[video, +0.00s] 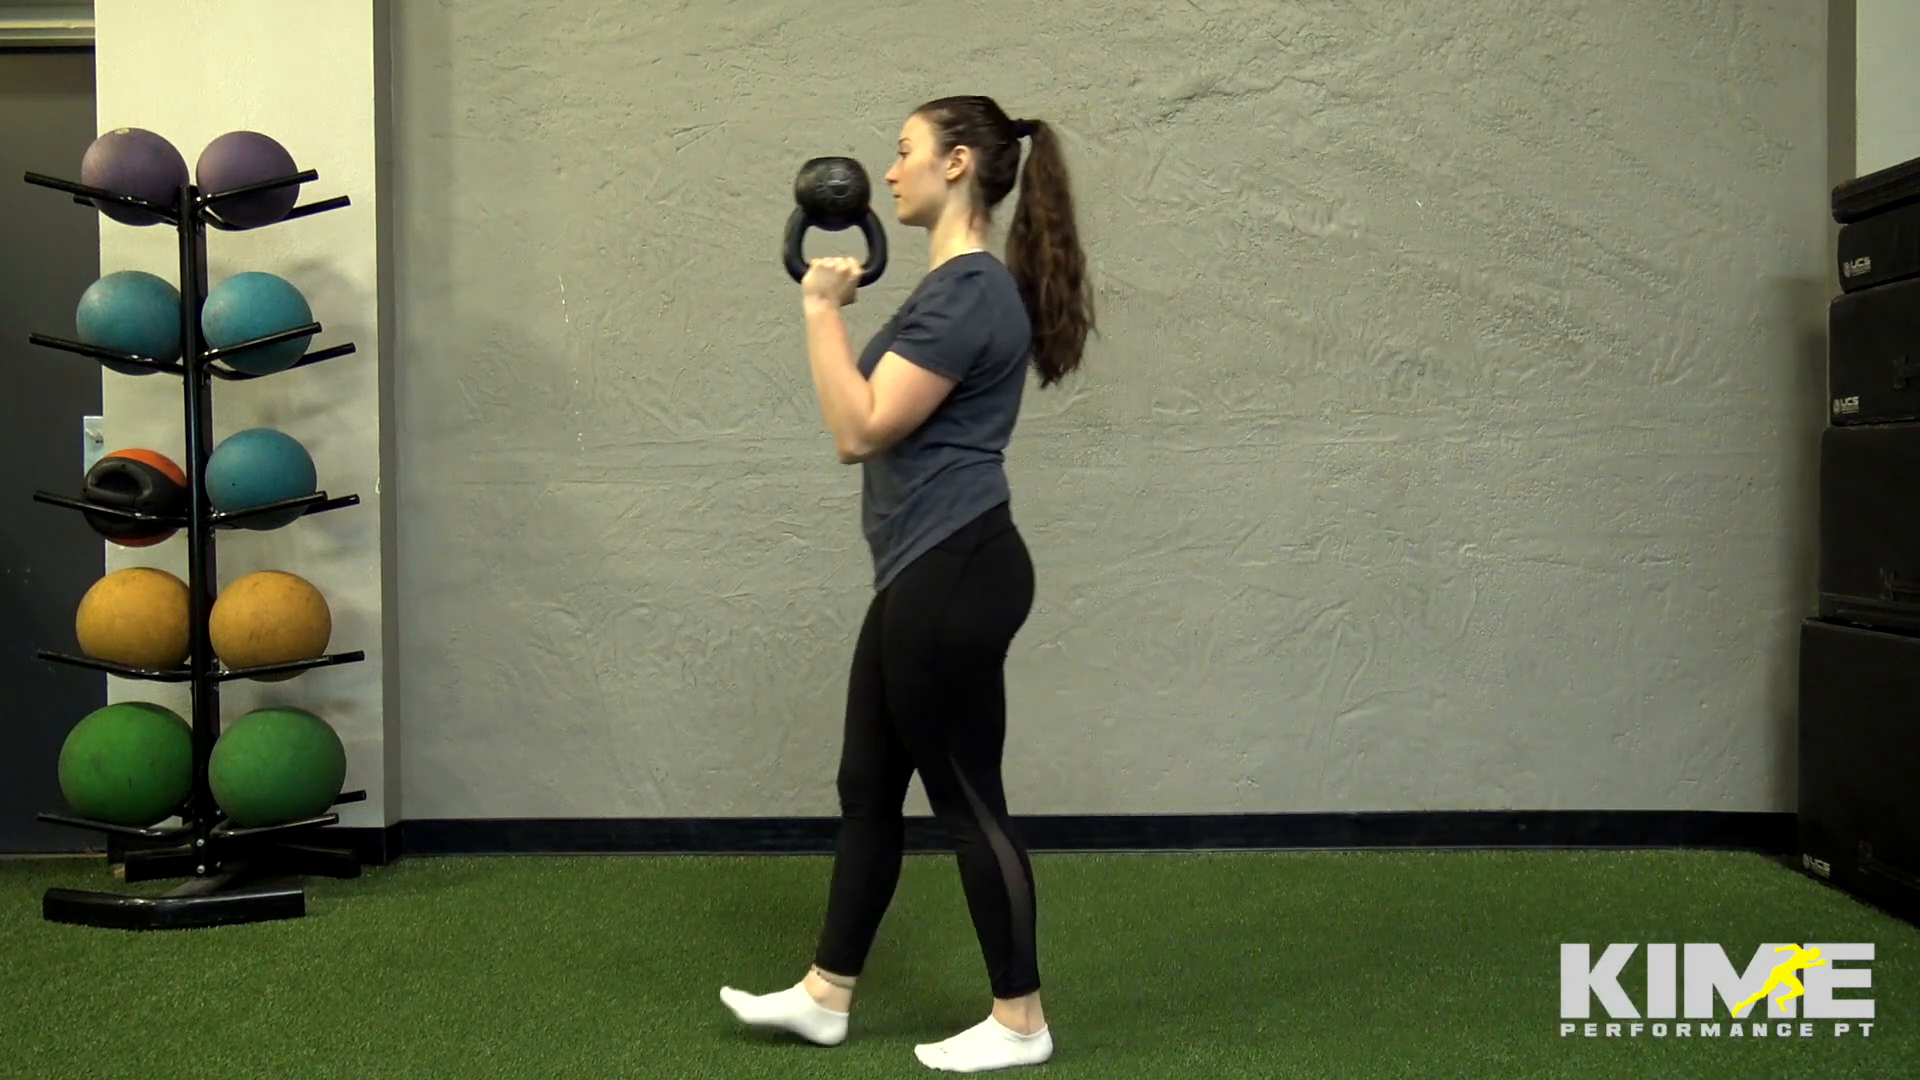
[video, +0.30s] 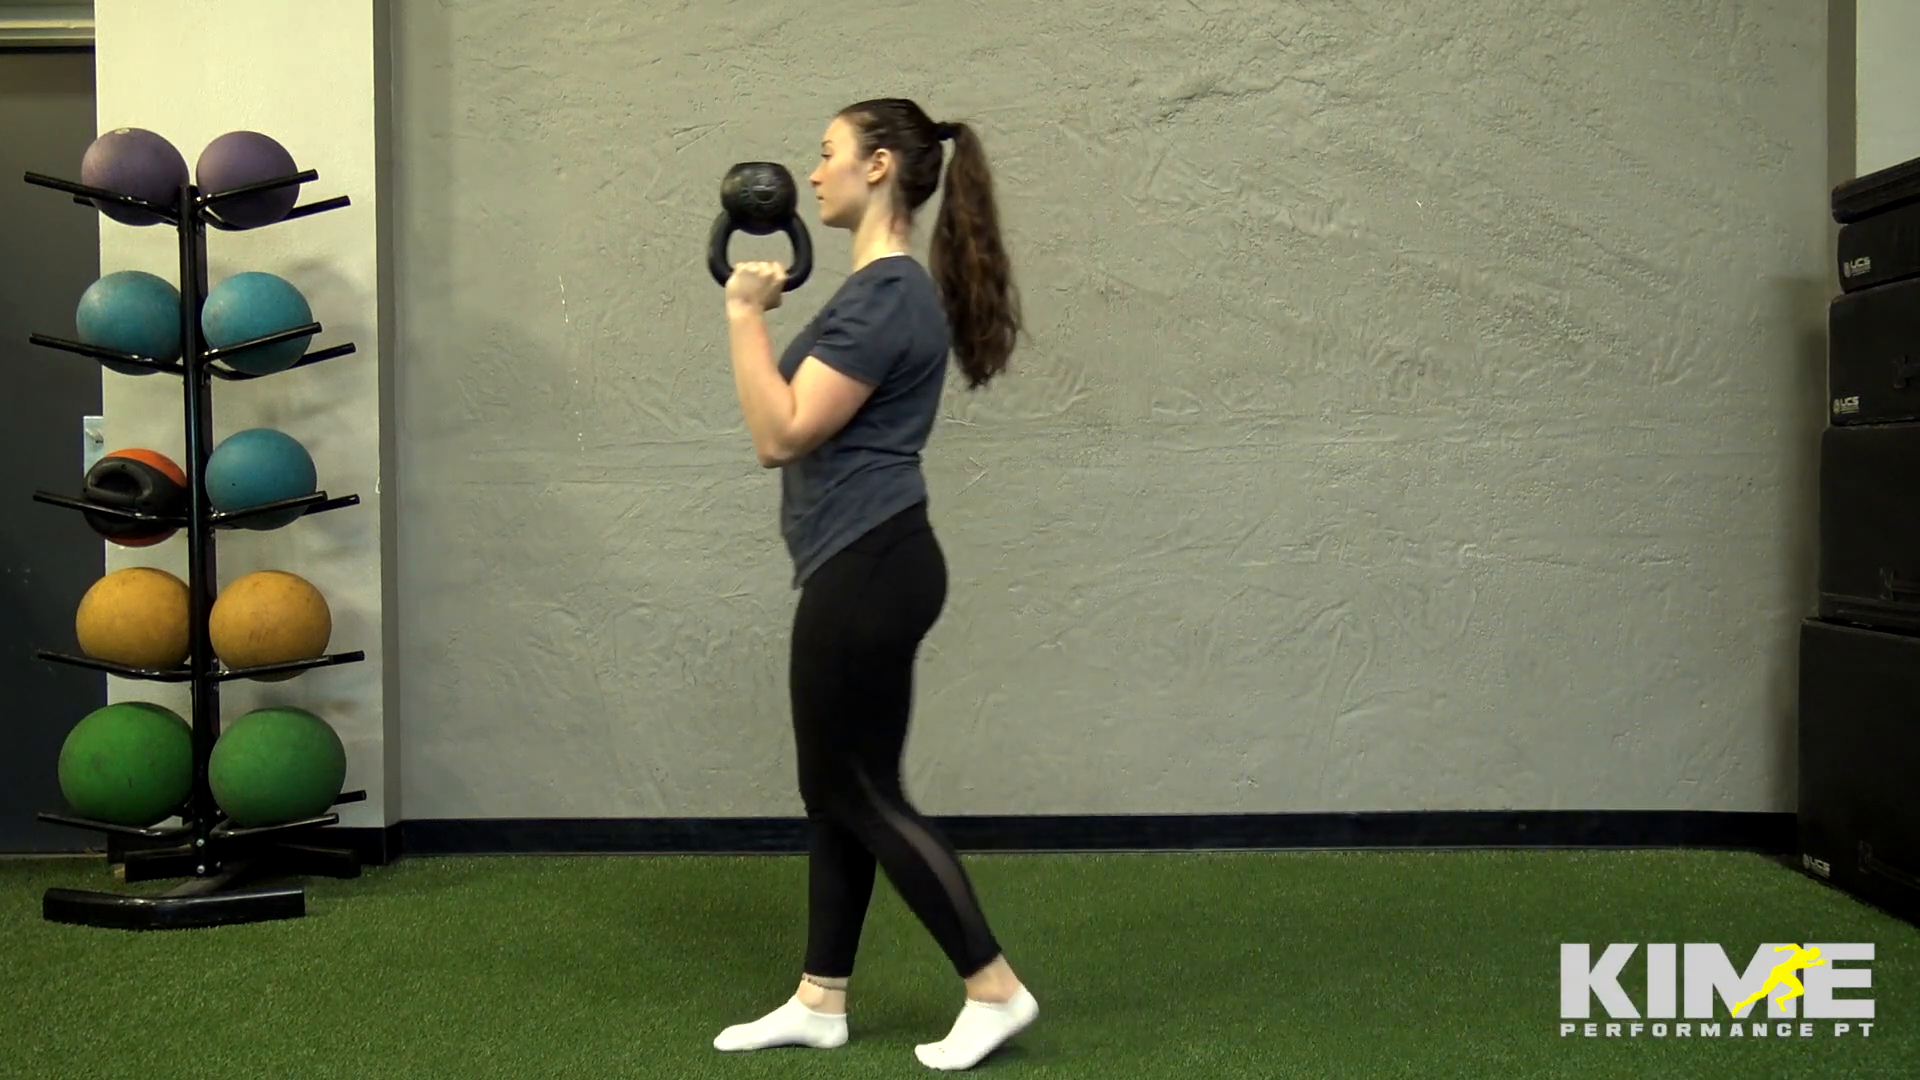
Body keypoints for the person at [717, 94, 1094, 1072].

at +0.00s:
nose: (888, 174)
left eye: (904, 157)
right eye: (893, 156)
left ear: (958, 169)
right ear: (957, 172)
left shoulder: (972, 291)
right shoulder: (947, 286)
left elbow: (858, 425)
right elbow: (868, 424)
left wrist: (822, 309)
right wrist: (823, 314)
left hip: (958, 567)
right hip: (919, 570)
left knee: (967, 800)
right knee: (870, 787)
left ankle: (1020, 1017)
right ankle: (825, 993)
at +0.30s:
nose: (813, 174)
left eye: (828, 157)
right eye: (819, 157)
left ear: (878, 171)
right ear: (884, 172)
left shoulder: (888, 295)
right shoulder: (879, 289)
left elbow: (784, 429)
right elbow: (779, 435)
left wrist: (745, 312)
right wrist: (755, 317)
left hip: (871, 564)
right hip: (857, 562)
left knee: (860, 791)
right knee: (835, 788)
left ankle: (996, 987)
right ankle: (820, 1000)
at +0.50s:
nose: (763, 176)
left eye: (778, 159)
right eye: (768, 159)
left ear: (829, 171)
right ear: (833, 173)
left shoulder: (842, 295)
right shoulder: (838, 290)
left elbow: (739, 434)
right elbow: (736, 434)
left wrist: (697, 317)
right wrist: (705, 318)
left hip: (817, 563)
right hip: (832, 558)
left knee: (739, 792)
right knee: (811, 788)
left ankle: (894, 956)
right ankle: (817, 1000)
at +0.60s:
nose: (735, 176)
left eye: (749, 159)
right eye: (740, 159)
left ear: (800, 171)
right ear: (806, 173)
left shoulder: (812, 295)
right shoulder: (818, 290)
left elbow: (710, 433)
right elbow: (706, 434)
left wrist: (669, 317)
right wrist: (676, 318)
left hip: (788, 564)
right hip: (821, 558)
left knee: (689, 781)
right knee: (800, 782)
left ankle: (768, 992)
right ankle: (818, 993)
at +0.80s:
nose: (697, 178)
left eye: (712, 161)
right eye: (704, 161)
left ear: (764, 175)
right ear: (773, 178)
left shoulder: (768, 297)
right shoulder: (789, 292)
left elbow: (663, 435)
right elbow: (676, 432)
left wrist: (625, 315)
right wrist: (631, 324)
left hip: (751, 567)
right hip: (788, 559)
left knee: (657, 779)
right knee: (778, 786)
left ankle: (619, 1009)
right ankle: (816, 999)